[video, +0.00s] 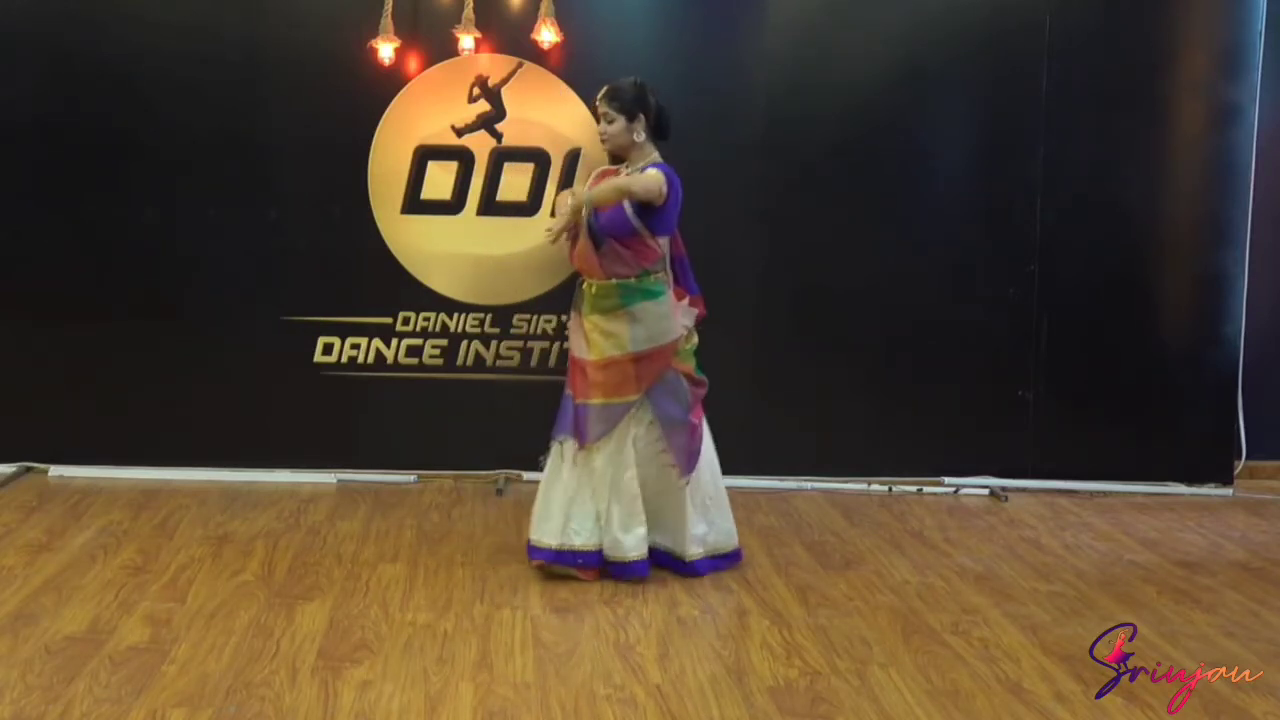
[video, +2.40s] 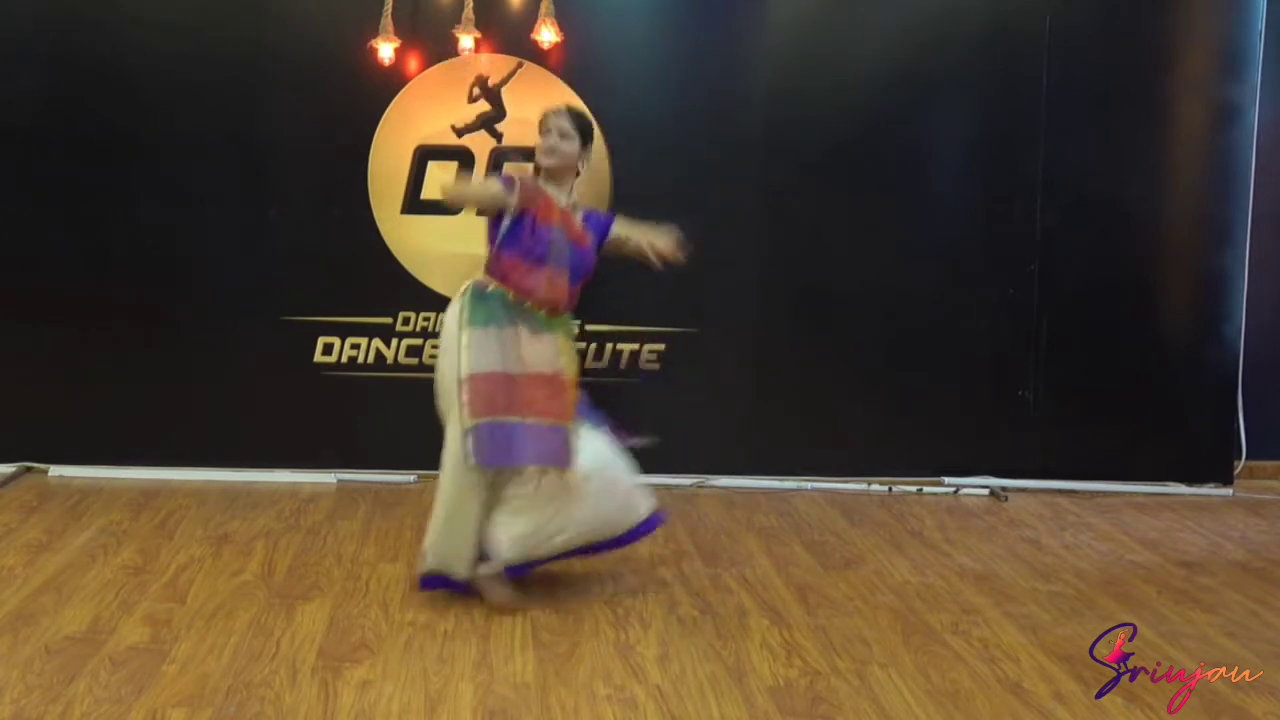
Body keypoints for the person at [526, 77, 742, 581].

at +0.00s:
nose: (601, 130)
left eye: (609, 121)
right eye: (599, 121)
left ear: (640, 122)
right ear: (606, 125)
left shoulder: (660, 176)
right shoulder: (605, 175)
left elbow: (630, 187)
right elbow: (582, 205)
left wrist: (580, 201)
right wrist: (572, 218)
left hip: (647, 318)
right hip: (598, 320)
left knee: (661, 429)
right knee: (596, 431)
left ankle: (681, 538)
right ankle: (596, 539)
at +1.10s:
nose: (611, 146)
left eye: (618, 138)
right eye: (600, 136)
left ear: (624, 145)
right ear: (573, 140)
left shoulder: (631, 203)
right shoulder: (559, 197)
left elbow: (695, 217)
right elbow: (542, 229)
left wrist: (679, 222)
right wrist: (617, 227)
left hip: (624, 339)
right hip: (572, 339)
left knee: (621, 449)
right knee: (574, 451)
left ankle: (602, 567)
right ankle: (563, 570)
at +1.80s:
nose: (589, 129)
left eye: (598, 119)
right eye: (583, 124)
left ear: (628, 124)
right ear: (581, 138)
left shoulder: (669, 186)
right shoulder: (578, 191)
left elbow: (731, 225)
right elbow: (537, 233)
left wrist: (708, 283)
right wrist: (557, 279)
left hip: (653, 326)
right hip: (589, 325)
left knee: (656, 435)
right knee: (581, 433)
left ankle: (655, 548)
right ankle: (576, 546)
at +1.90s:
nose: (588, 117)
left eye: (597, 108)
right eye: (582, 112)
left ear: (626, 115)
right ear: (580, 124)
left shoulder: (659, 177)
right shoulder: (578, 176)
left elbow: (711, 184)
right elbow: (533, 173)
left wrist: (661, 185)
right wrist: (498, 153)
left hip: (645, 318)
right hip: (580, 315)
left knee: (654, 428)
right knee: (561, 424)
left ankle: (665, 543)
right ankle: (541, 539)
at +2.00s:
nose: (579, 106)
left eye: (588, 95)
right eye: (574, 100)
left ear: (619, 106)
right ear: (574, 115)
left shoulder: (650, 165)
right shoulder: (568, 159)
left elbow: (689, 143)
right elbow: (512, 122)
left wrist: (633, 131)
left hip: (635, 307)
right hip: (568, 305)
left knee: (649, 432)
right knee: (539, 423)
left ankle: (656, 554)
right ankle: (508, 543)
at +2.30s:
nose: (547, 125)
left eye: (558, 118)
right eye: (544, 118)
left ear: (585, 133)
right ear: (538, 130)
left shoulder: (603, 201)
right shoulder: (523, 172)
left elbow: (679, 198)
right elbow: (467, 166)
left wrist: (644, 197)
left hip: (560, 321)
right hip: (503, 308)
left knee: (560, 432)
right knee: (503, 428)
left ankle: (556, 555)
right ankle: (498, 550)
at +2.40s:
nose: (550, 143)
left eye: (563, 137)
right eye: (545, 134)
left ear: (584, 153)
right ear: (534, 144)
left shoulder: (588, 222)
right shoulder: (519, 192)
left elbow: (634, 234)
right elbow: (466, 194)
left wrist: (658, 240)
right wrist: (473, 189)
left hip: (541, 338)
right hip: (487, 323)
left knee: (540, 444)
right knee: (486, 443)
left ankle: (494, 555)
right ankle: (469, 560)